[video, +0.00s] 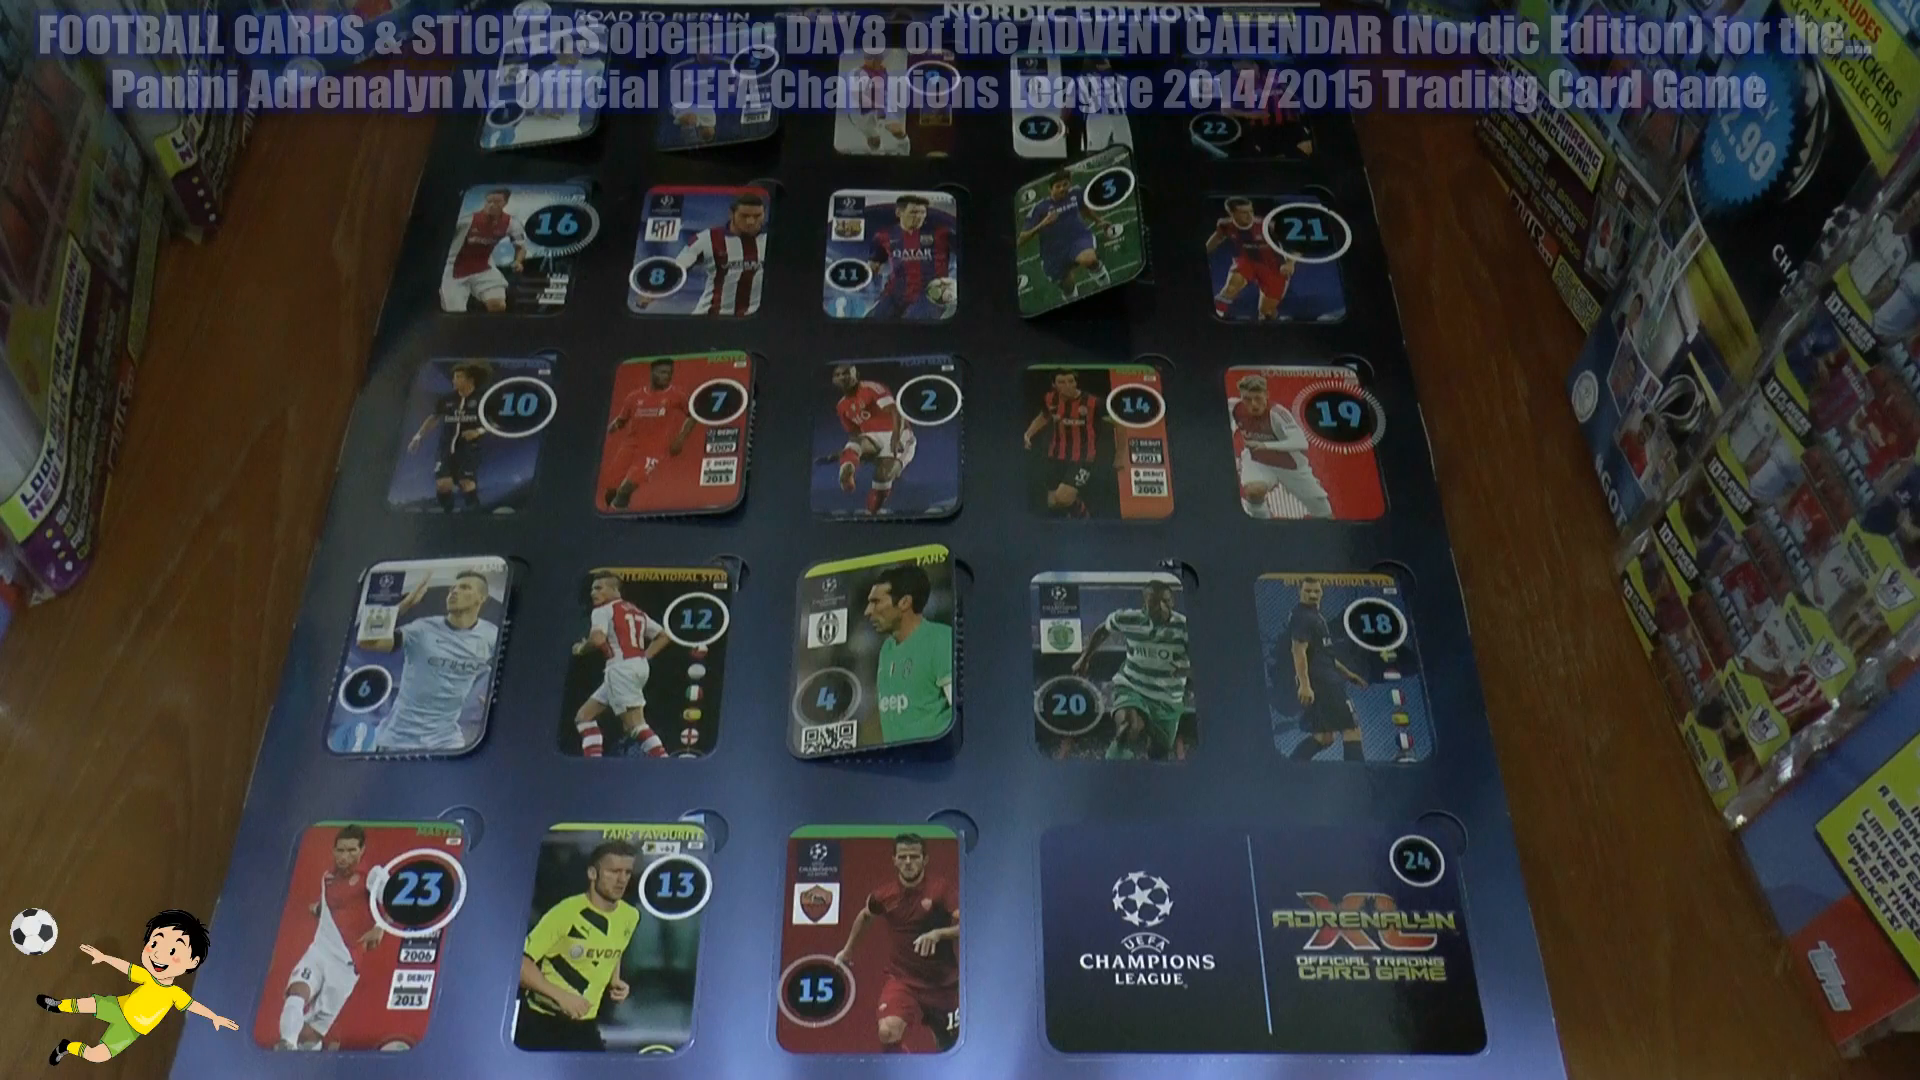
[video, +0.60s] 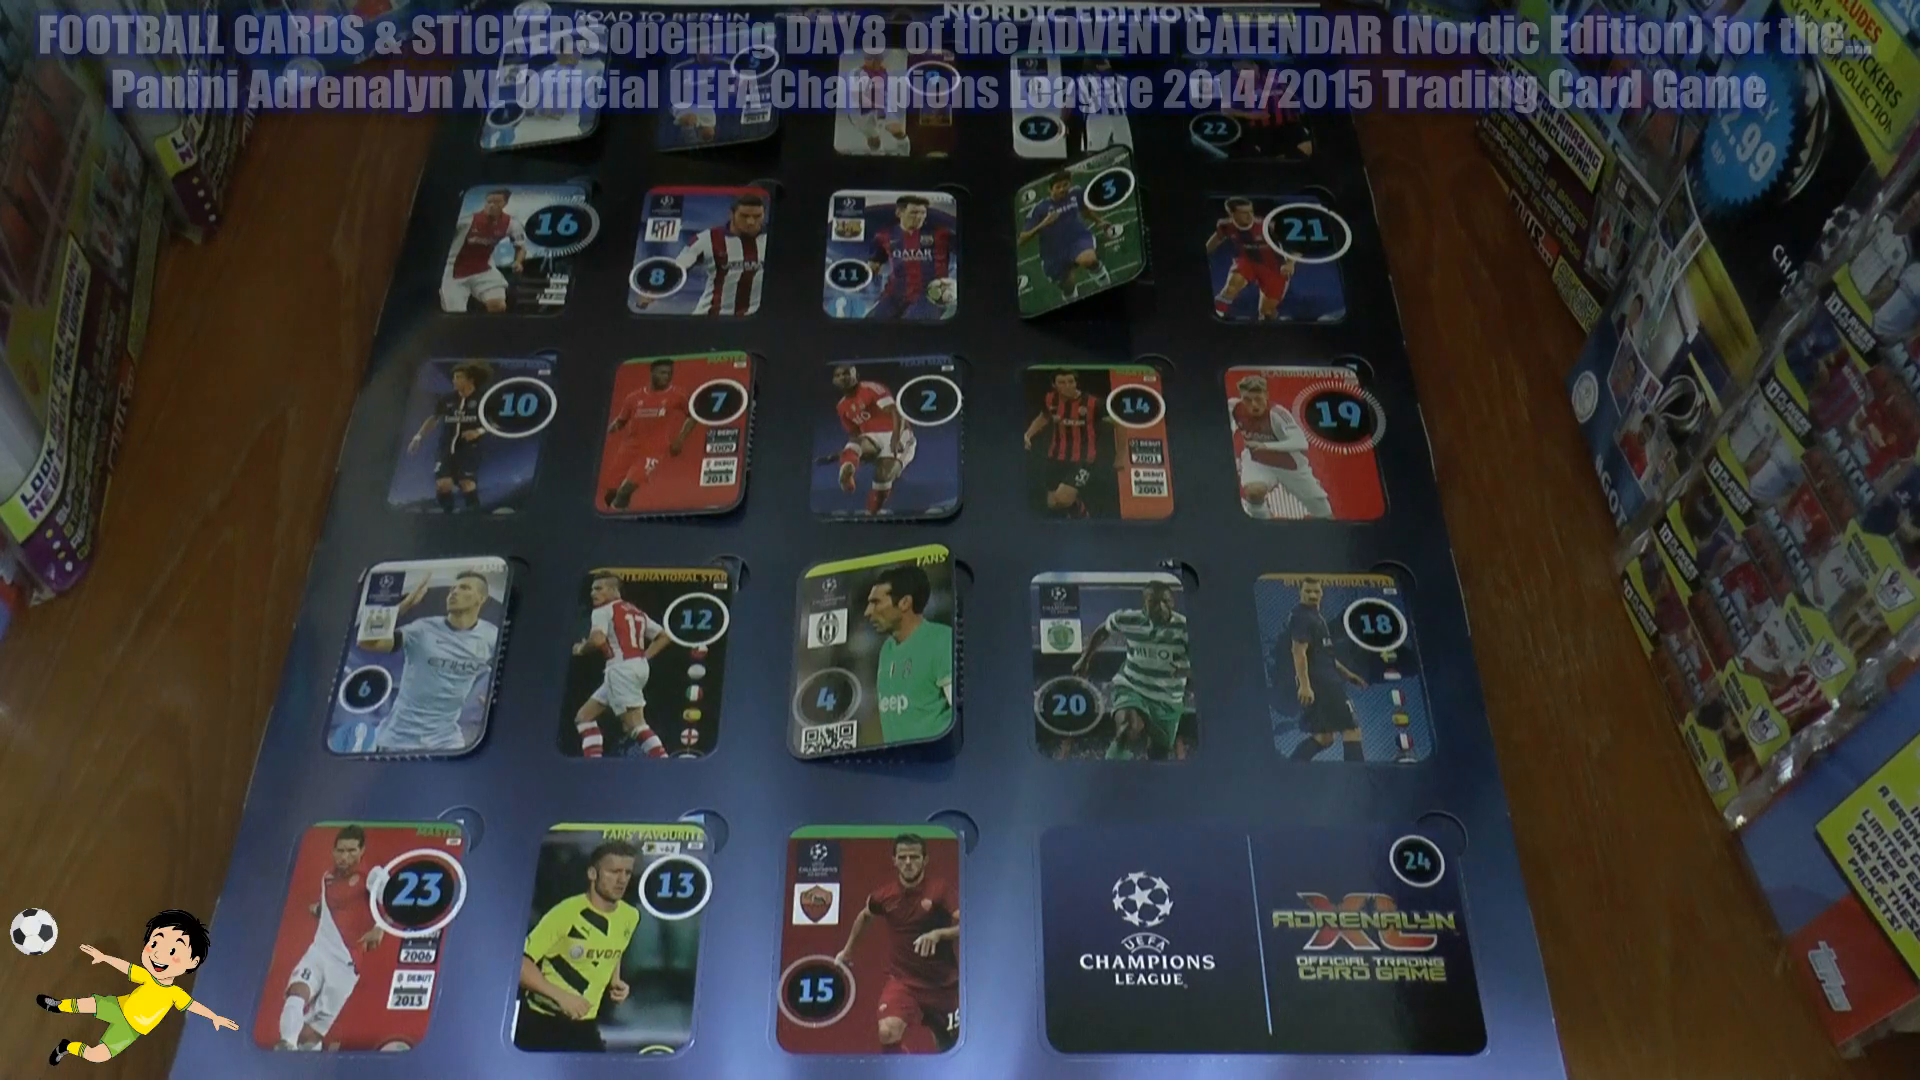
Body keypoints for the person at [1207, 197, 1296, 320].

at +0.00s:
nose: (1249, 216)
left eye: (1251, 212)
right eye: (1244, 213)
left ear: (1253, 211)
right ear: (1233, 214)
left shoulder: (1266, 226)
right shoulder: (1226, 226)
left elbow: (1291, 245)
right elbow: (1208, 248)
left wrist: (1290, 263)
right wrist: (1219, 234)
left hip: (1273, 268)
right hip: (1246, 263)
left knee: (1266, 311)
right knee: (1230, 290)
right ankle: (1214, 324)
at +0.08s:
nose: (1249, 216)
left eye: (1251, 212)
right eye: (1244, 213)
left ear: (1253, 211)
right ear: (1232, 214)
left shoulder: (1267, 226)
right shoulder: (1225, 226)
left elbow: (1291, 246)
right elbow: (1208, 249)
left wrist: (1290, 263)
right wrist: (1218, 236)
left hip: (1273, 268)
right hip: (1246, 263)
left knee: (1267, 311)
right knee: (1230, 290)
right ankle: (1214, 324)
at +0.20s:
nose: (1249, 216)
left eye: (1251, 212)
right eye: (1244, 213)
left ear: (1253, 211)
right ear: (1232, 215)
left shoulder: (1267, 226)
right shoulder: (1226, 226)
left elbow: (1291, 245)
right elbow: (1217, 238)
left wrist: (1290, 263)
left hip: (1273, 268)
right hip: (1246, 263)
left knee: (1267, 311)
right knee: (1230, 290)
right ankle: (1214, 322)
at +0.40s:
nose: (1249, 216)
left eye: (1251, 212)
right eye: (1245, 213)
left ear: (1253, 211)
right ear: (1232, 214)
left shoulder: (1267, 226)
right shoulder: (1225, 226)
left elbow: (1292, 245)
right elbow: (1217, 238)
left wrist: (1290, 263)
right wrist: (1203, 252)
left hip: (1273, 268)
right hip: (1247, 263)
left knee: (1267, 311)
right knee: (1230, 291)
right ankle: (1213, 325)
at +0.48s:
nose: (1250, 216)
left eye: (1251, 212)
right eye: (1244, 213)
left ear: (1253, 211)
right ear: (1232, 214)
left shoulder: (1267, 226)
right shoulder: (1225, 226)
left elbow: (1291, 245)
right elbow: (1216, 239)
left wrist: (1290, 263)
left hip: (1273, 268)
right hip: (1246, 263)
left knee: (1267, 311)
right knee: (1230, 290)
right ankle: (1213, 325)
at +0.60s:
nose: (1249, 216)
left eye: (1251, 212)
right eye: (1244, 213)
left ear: (1253, 211)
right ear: (1233, 214)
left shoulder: (1266, 226)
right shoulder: (1226, 226)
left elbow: (1290, 245)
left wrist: (1290, 263)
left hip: (1273, 268)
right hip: (1246, 263)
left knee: (1267, 311)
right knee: (1230, 290)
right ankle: (1213, 325)